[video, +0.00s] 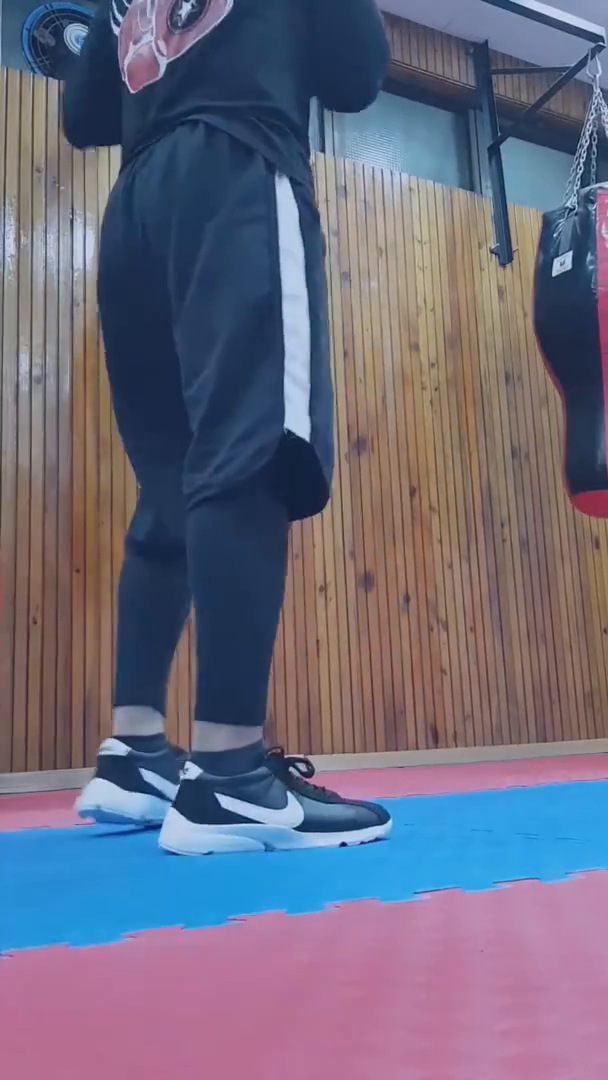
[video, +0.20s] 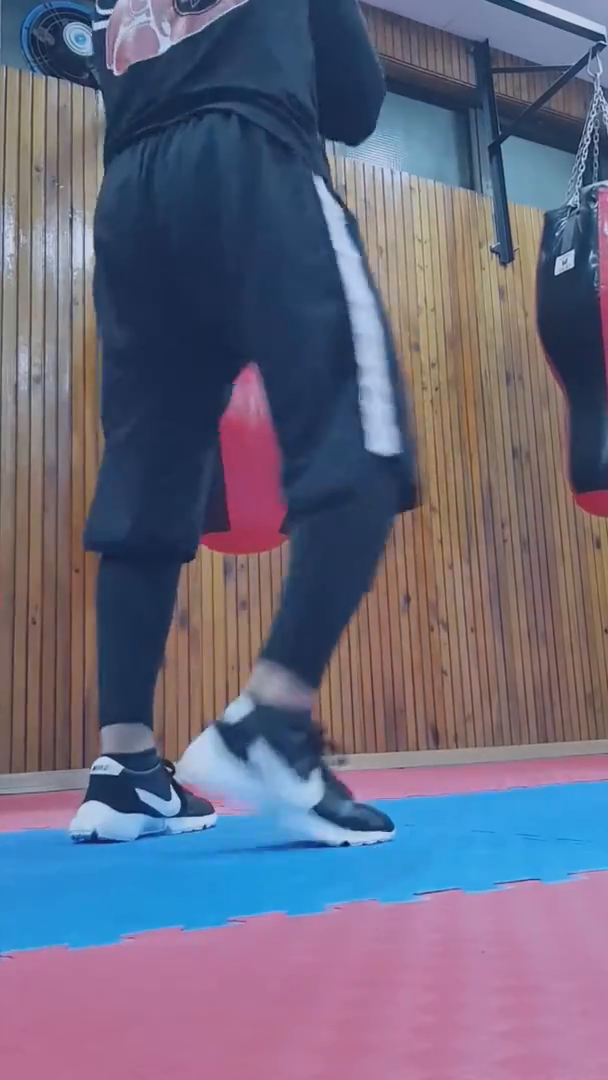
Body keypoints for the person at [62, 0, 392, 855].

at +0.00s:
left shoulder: (133, 7)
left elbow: (88, 119)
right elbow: (352, 80)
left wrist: (91, 39)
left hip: (134, 189)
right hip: (237, 174)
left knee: (170, 484)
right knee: (244, 467)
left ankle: (134, 755)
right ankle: (231, 771)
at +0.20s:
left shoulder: (129, 12)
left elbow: (129, 108)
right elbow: (352, 105)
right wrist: (252, 76)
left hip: (133, 182)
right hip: (252, 164)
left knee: (147, 468)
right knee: (362, 452)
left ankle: (124, 766)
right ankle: (272, 719)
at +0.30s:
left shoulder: (117, 18)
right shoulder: (306, 1)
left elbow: (131, 136)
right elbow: (358, 98)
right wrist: (296, 164)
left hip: (149, 189)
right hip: (267, 158)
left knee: (154, 474)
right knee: (411, 429)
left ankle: (126, 766)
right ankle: (345, 680)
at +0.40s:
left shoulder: (122, 10)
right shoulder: (327, 4)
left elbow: (132, 125)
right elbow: (371, 88)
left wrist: (183, 183)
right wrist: (333, 148)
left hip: (173, 172)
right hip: (299, 135)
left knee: (167, 472)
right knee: (418, 421)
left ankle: (128, 764)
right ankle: (430, 670)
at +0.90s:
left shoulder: (197, 49)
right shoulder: (360, 27)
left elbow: (126, 199)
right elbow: (409, 212)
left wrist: (221, 168)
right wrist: (323, 184)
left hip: (153, 268)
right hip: (258, 247)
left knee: (222, 499)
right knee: (386, 491)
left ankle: (131, 699)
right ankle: (384, 743)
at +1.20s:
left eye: (131, 63)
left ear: (146, 59)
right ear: (218, 68)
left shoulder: (124, 84)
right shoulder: (259, 122)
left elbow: (64, 224)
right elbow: (301, 232)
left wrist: (113, 149)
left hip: (162, 292)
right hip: (270, 292)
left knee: (113, 546)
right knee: (314, 494)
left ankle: (88, 765)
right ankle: (375, 668)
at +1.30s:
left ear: (130, 42)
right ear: (211, 36)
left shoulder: (98, 90)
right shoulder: (263, 91)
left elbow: (63, 247)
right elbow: (316, 230)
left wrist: (121, 160)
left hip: (156, 308)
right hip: (270, 300)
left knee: (120, 545)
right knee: (331, 514)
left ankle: (91, 763)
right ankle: (369, 672)